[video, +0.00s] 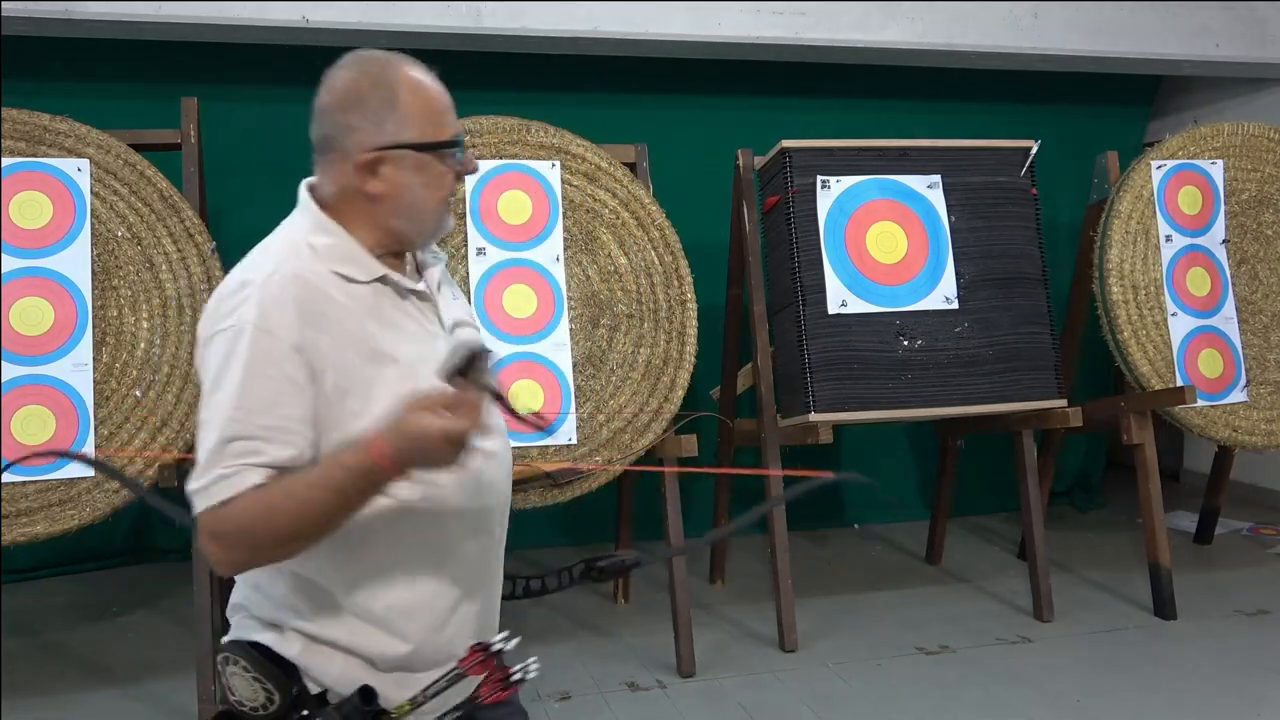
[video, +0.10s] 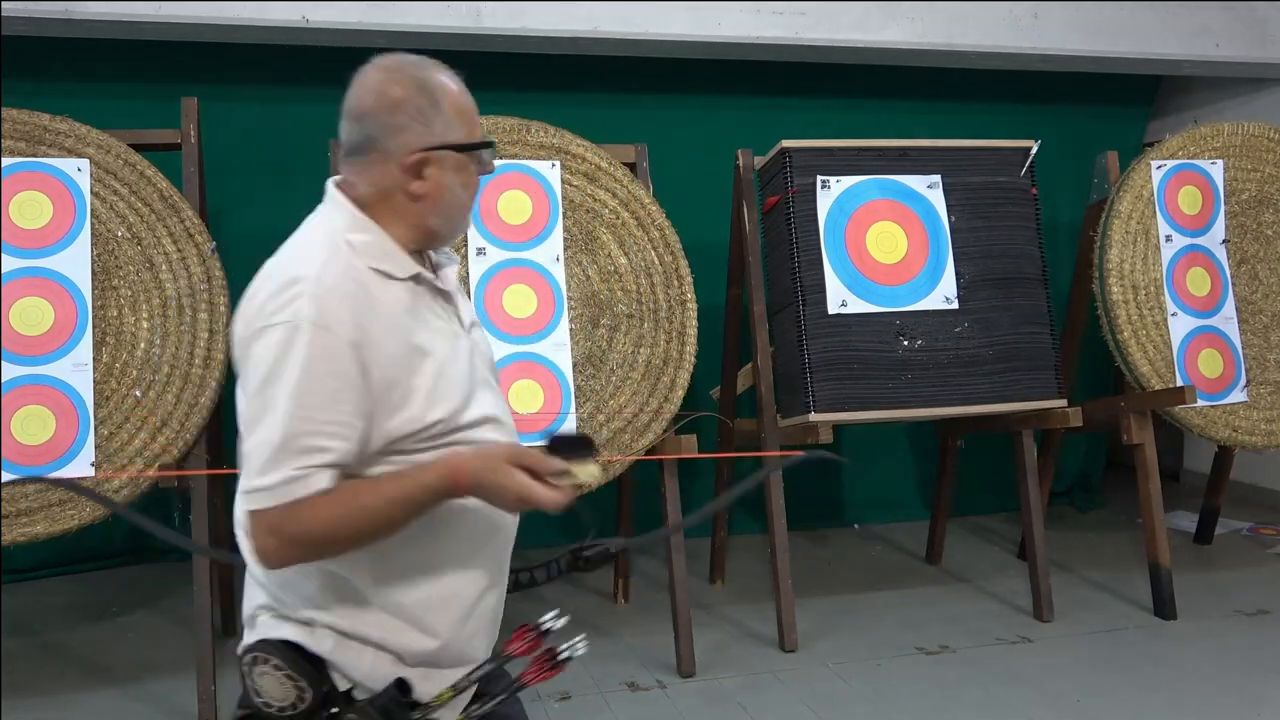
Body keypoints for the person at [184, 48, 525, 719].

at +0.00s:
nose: (463, 171)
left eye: (459, 150)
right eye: (446, 152)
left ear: (375, 174)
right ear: (372, 171)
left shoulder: (419, 268)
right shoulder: (268, 297)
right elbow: (226, 537)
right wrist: (388, 449)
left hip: (458, 660)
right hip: (324, 685)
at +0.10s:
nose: (486, 173)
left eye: (484, 156)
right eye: (478, 156)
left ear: (417, 176)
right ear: (420, 174)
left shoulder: (416, 263)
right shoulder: (310, 291)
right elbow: (275, 531)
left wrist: (516, 456)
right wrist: (458, 475)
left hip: (450, 660)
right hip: (347, 680)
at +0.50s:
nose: (563, 196)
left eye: (564, 178)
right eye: (563, 179)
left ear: (463, 173)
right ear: (540, 181)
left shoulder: (405, 267)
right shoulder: (511, 277)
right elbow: (536, 479)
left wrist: (602, 439)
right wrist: (625, 438)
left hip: (417, 608)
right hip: (497, 628)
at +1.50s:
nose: (827, 221)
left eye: (829, 208)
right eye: (829, 209)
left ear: (753, 186)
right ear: (816, 210)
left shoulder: (690, 264)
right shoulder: (789, 289)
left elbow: (690, 396)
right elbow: (791, 442)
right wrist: (860, 416)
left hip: (693, 525)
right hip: (780, 536)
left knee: (689, 673)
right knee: (815, 694)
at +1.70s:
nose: (880, 212)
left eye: (881, 201)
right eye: (881, 200)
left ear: (804, 182)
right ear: (872, 200)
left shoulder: (740, 257)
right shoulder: (855, 280)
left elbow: (723, 388)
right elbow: (873, 425)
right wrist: (920, 394)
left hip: (753, 494)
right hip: (833, 502)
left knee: (782, 625)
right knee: (834, 665)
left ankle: (764, 710)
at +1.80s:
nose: (898, 211)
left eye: (898, 201)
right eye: (899, 199)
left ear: (824, 186)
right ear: (893, 201)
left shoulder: (760, 263)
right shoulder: (884, 280)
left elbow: (744, 387)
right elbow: (905, 420)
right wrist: (943, 392)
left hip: (778, 497)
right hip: (858, 501)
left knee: (819, 647)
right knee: (847, 664)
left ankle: (828, 708)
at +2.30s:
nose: (974, 210)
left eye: (974, 202)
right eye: (975, 202)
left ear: (910, 191)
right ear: (967, 202)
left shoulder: (866, 262)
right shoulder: (966, 265)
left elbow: (850, 363)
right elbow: (985, 380)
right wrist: (1025, 371)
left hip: (874, 471)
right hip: (955, 465)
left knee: (901, 604)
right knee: (973, 604)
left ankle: (915, 709)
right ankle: (943, 708)